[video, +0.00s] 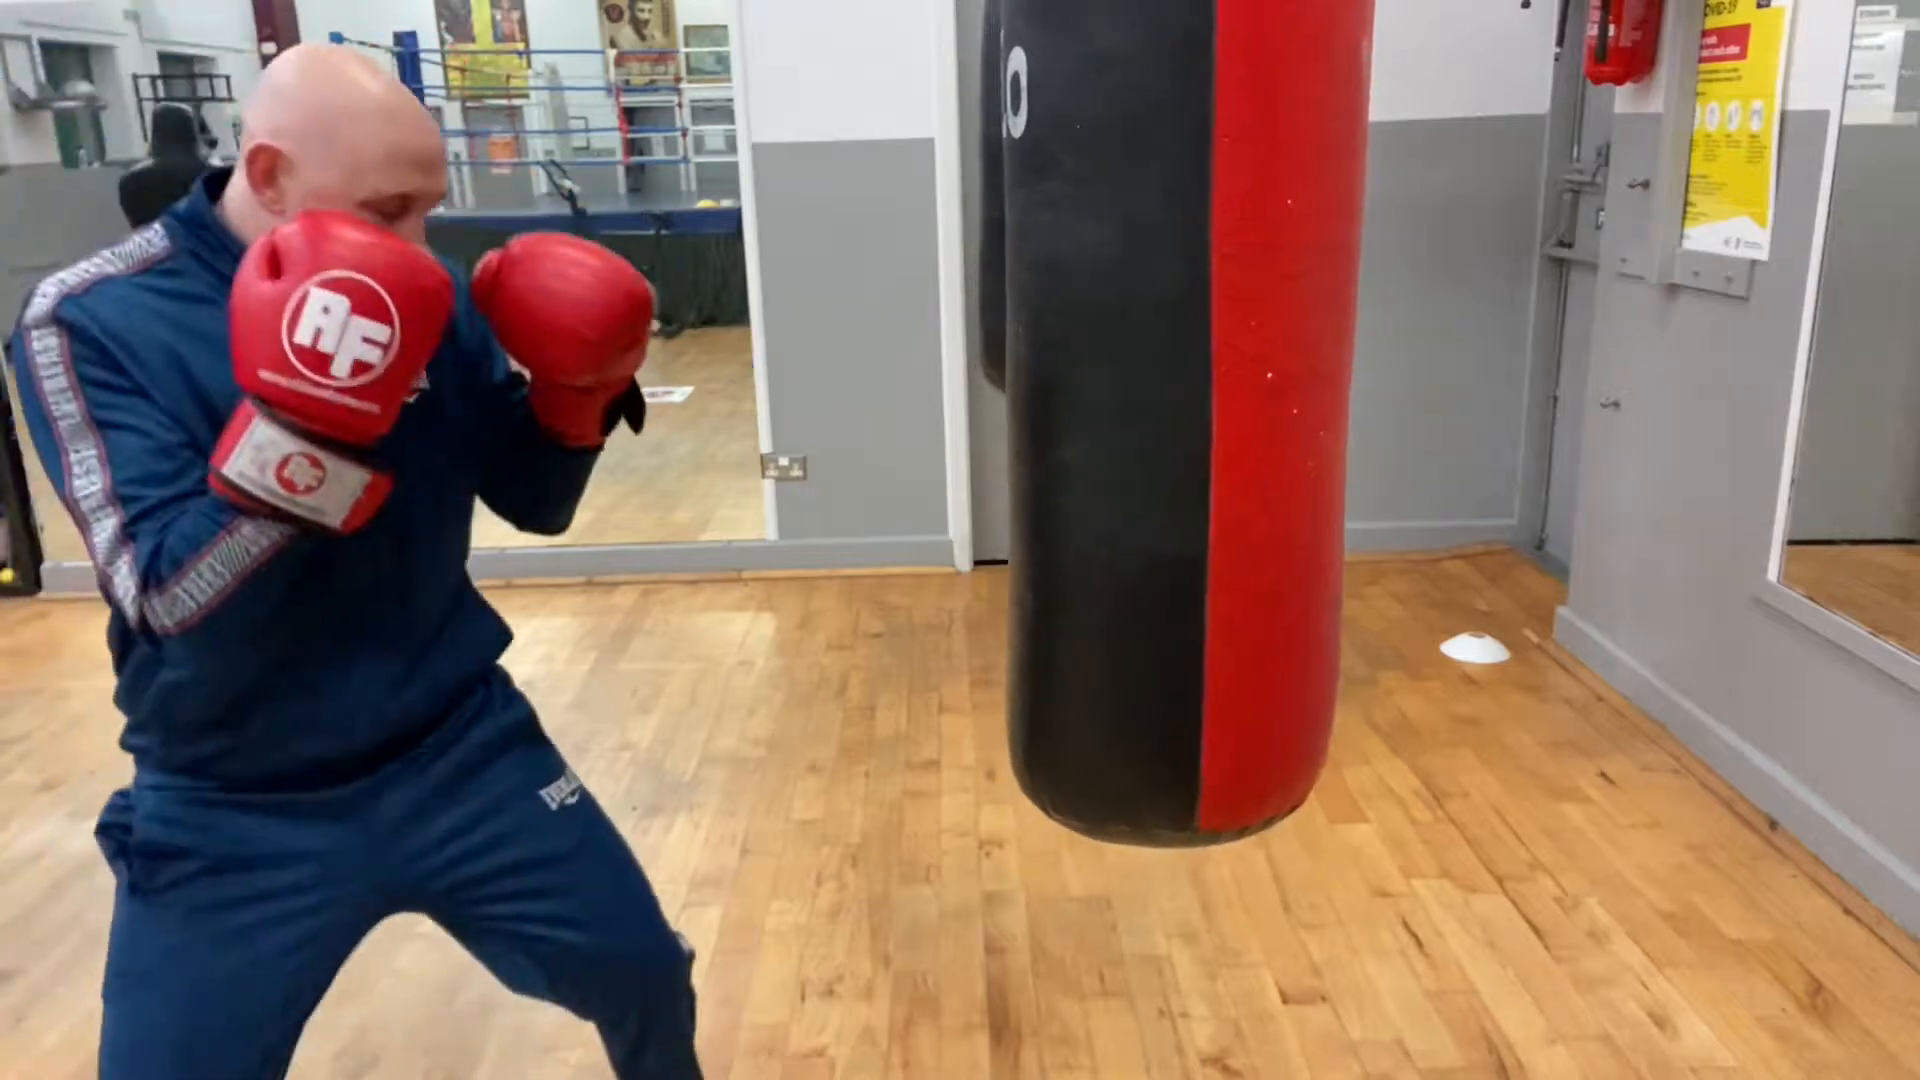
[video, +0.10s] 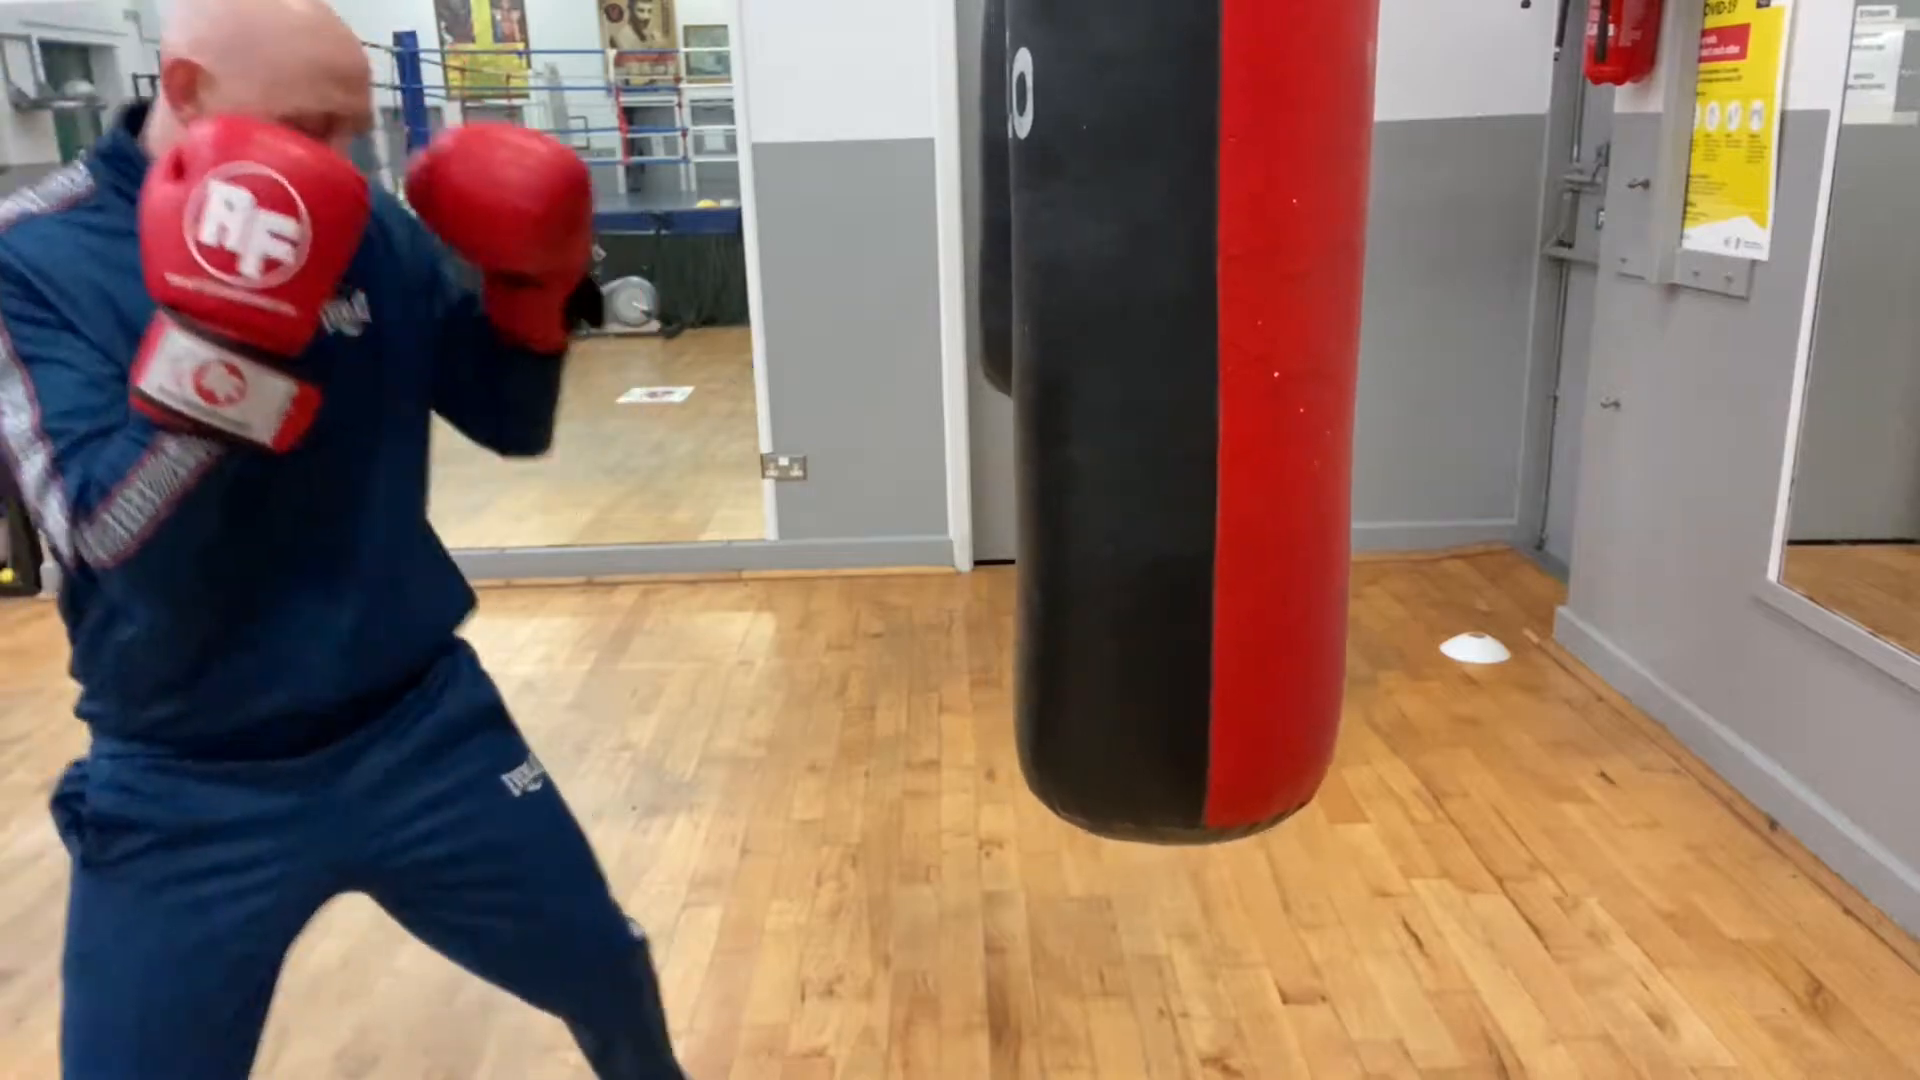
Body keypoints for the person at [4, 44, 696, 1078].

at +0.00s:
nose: (413, 243)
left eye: (425, 212)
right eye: (385, 213)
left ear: (435, 187)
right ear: (268, 178)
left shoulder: (416, 295)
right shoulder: (85, 323)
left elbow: (535, 501)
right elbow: (161, 601)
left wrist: (578, 401)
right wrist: (303, 430)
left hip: (462, 760)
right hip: (231, 820)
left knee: (645, 977)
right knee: (164, 1067)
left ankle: (667, 1072)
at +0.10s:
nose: (344, 170)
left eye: (353, 131)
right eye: (312, 131)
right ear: (184, 96)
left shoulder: (366, 224)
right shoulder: (43, 261)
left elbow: (511, 419)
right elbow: (100, 531)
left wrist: (532, 291)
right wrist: (223, 331)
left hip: (420, 742)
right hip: (183, 797)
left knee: (611, 978)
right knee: (130, 1071)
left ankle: (654, 1077)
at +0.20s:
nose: (233, 82)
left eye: (247, 45)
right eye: (195, 43)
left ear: (271, 25)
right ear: (71, 18)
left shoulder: (277, 151)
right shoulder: (11, 186)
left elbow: (423, 373)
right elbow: (19, 497)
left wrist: (435, 244)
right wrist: (118, 278)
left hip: (342, 683)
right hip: (100, 733)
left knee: (527, 974)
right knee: (74, 1069)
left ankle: (603, 1073)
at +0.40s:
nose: (124, 143)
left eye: (138, 102)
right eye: (83, 103)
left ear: (153, 99)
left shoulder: (169, 261)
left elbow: (275, 487)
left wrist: (283, 333)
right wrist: (23, 385)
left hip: (246, 748)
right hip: (38, 805)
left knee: (394, 1006)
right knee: (52, 1066)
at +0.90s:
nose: (42, 48)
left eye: (56, 21)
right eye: (19, 22)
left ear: (75, 26)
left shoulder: (117, 178)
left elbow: (235, 385)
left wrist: (226, 231)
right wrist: (22, 241)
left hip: (161, 632)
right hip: (11, 665)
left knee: (301, 895)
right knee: (2, 948)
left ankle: (374, 1057)